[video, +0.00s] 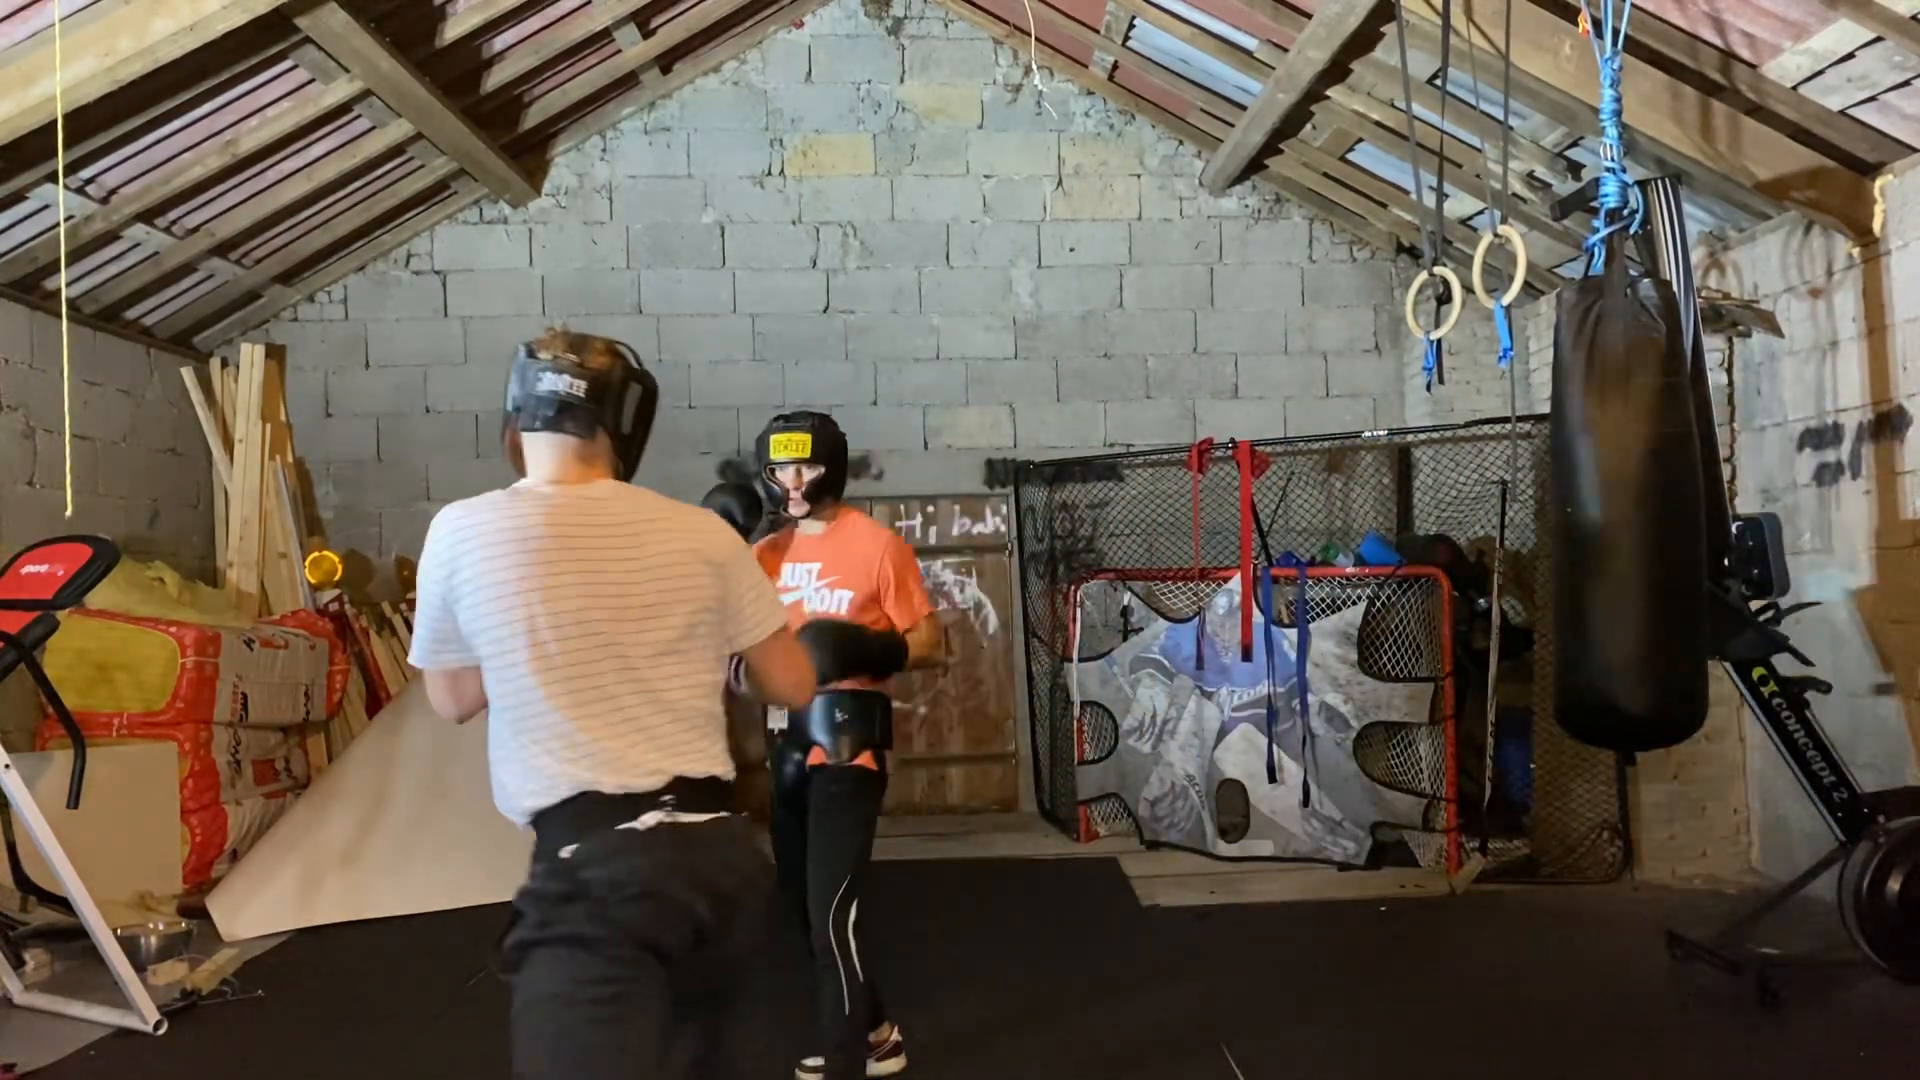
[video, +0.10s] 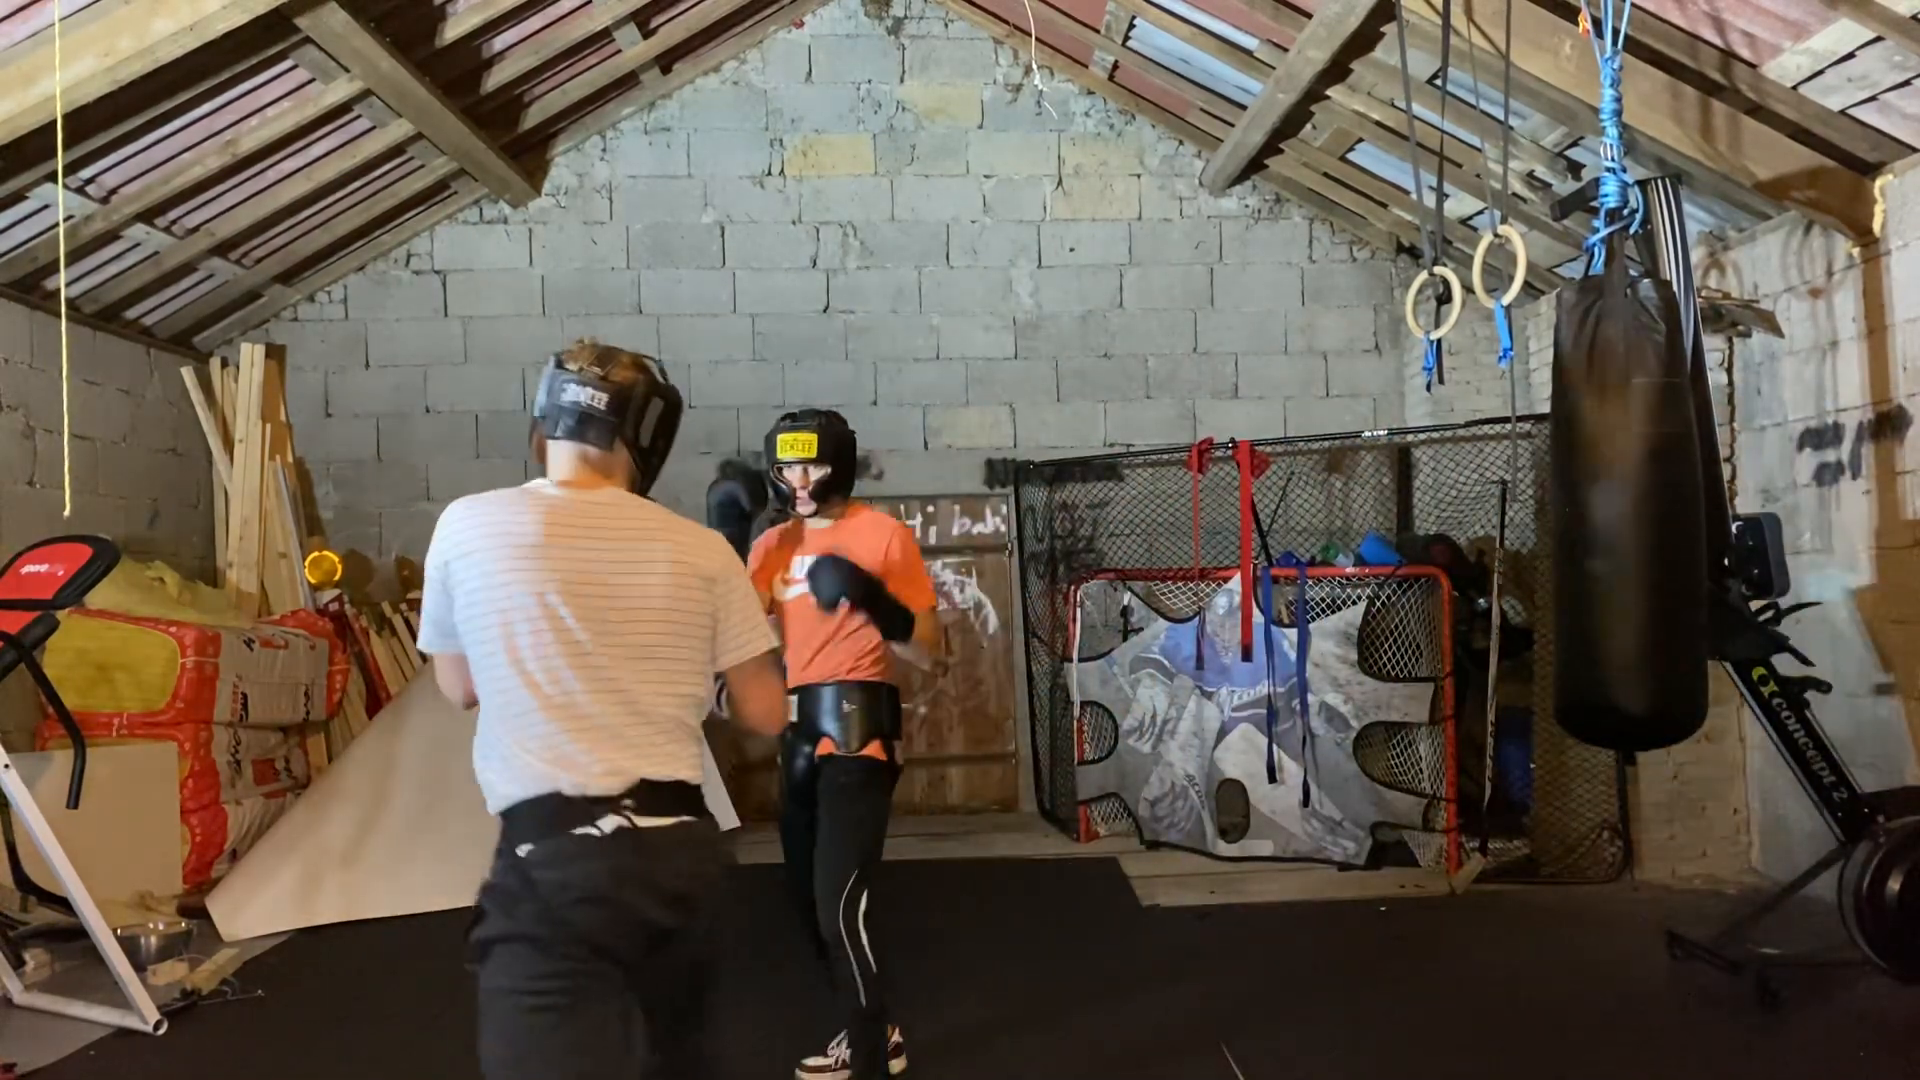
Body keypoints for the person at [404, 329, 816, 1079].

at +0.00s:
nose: (513, 431)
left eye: (513, 416)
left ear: (514, 429)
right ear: (624, 428)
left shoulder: (460, 534)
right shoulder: (703, 535)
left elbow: (455, 698)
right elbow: (794, 683)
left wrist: (536, 622)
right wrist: (725, 651)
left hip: (590, 870)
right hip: (725, 853)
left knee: (582, 1065)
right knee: (747, 1067)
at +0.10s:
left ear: (540, 433)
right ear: (645, 447)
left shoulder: (465, 526)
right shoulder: (703, 550)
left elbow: (461, 685)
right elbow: (765, 714)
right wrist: (696, 662)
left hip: (550, 864)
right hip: (686, 852)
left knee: (548, 1065)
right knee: (680, 1062)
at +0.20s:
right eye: (663, 425)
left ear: (554, 414)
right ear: (655, 433)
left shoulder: (467, 510)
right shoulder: (694, 545)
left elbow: (456, 666)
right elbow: (745, 707)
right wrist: (695, 676)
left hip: (522, 840)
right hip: (656, 831)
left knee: (486, 1065)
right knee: (671, 1054)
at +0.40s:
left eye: (495, 381)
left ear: (492, 389)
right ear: (590, 406)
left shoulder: (414, 480)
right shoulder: (632, 508)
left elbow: (411, 625)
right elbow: (697, 653)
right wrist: (645, 630)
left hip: (469, 798)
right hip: (601, 793)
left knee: (388, 1054)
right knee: (632, 1048)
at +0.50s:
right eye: (549, 420)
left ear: (446, 409)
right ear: (544, 422)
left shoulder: (365, 506)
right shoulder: (581, 517)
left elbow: (365, 638)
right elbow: (663, 652)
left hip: (425, 825)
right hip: (556, 816)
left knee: (355, 1056)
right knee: (615, 1048)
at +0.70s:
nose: (457, 436)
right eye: (452, 422)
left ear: (348, 416)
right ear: (444, 427)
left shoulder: (273, 527)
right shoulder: (483, 517)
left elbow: (290, 655)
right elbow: (562, 643)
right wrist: (623, 621)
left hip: (359, 827)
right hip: (488, 814)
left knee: (308, 1050)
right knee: (579, 1015)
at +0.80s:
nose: (435, 421)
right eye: (431, 408)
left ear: (327, 407)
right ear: (421, 415)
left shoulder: (255, 519)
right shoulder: (460, 501)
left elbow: (283, 635)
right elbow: (530, 620)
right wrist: (611, 599)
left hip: (345, 807)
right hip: (467, 788)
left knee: (308, 1036)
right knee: (558, 992)